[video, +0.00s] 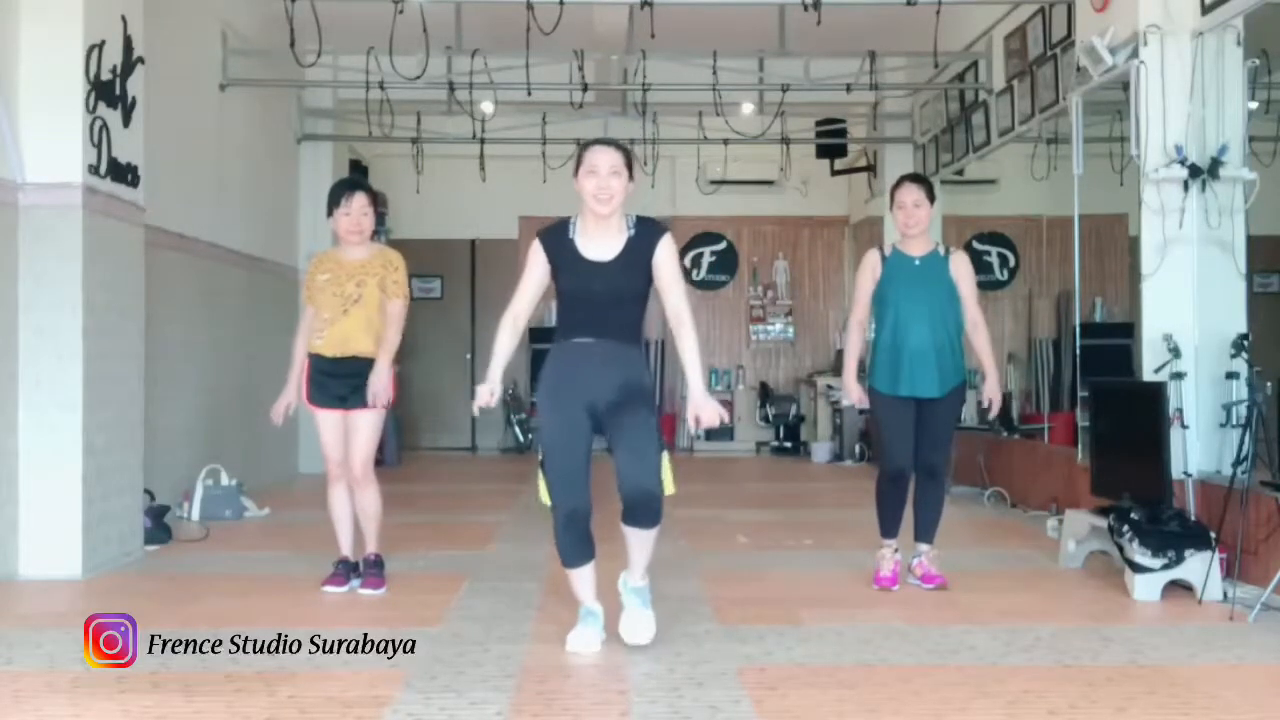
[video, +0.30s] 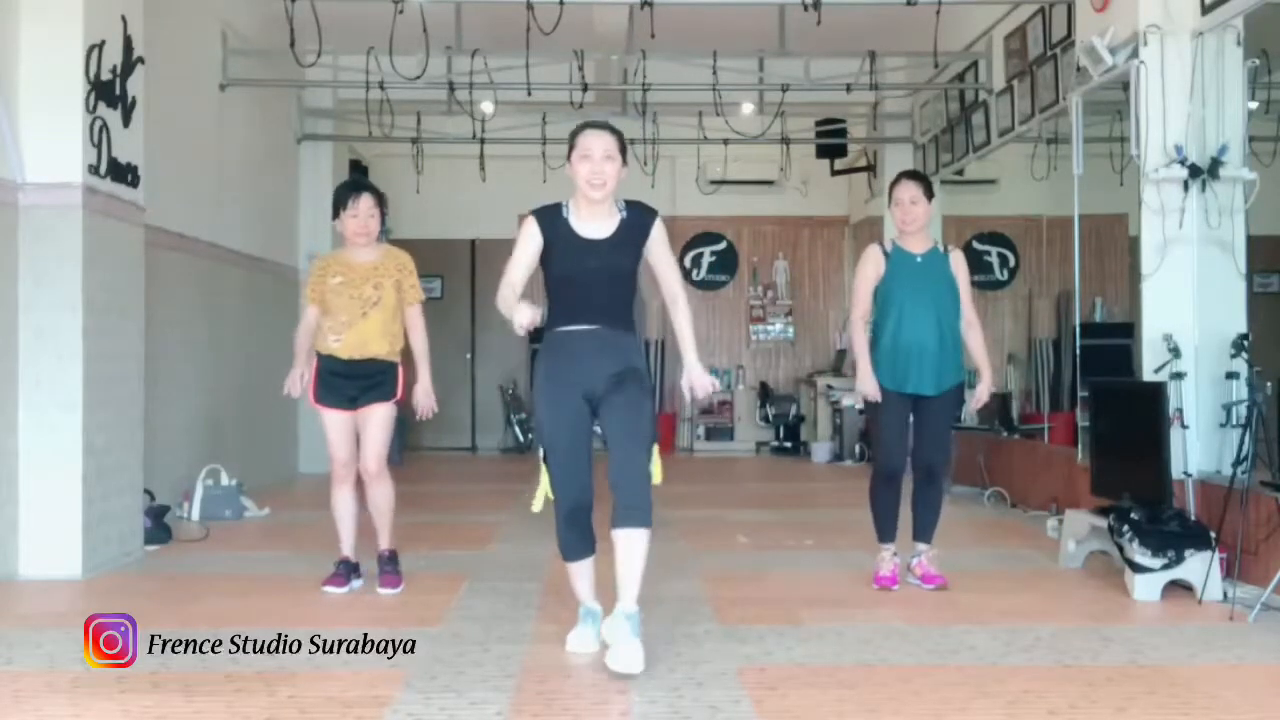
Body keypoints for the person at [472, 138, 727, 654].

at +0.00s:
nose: (603, 183)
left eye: (614, 174)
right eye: (592, 173)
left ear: (629, 183)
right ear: (576, 181)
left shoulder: (652, 240)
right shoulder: (550, 243)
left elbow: (679, 317)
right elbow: (518, 314)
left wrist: (698, 390)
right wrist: (494, 375)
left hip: (628, 379)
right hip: (563, 380)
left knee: (643, 490)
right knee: (569, 503)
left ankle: (636, 585)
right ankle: (589, 611)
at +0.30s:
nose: (596, 167)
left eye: (607, 158)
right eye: (586, 157)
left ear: (623, 167)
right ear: (569, 164)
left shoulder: (644, 223)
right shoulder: (541, 223)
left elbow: (676, 296)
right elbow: (506, 294)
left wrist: (692, 364)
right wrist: (519, 311)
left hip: (624, 364)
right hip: (560, 364)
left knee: (633, 483)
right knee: (572, 496)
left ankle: (626, 615)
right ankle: (588, 612)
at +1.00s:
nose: (589, 180)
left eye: (599, 171)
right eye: (579, 171)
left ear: (615, 183)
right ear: (561, 181)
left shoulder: (640, 243)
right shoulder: (538, 249)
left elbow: (655, 316)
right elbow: (522, 326)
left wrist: (668, 378)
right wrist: (530, 381)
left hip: (625, 385)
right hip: (558, 387)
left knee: (645, 475)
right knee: (566, 503)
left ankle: (639, 595)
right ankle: (590, 611)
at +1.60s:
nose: (591, 176)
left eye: (602, 167)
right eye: (580, 167)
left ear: (618, 178)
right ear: (563, 177)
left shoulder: (642, 233)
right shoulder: (540, 237)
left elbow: (677, 301)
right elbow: (505, 288)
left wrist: (646, 267)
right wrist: (479, 348)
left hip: (630, 382)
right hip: (565, 386)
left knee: (668, 492)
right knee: (572, 503)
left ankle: (643, 573)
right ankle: (591, 612)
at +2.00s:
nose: (589, 180)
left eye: (600, 171)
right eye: (579, 171)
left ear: (616, 182)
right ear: (562, 180)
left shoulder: (640, 238)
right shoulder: (537, 247)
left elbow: (666, 317)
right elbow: (519, 320)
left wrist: (685, 391)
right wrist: (514, 377)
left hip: (627, 379)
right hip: (561, 381)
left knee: (662, 492)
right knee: (567, 505)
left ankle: (651, 573)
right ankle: (589, 611)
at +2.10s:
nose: (588, 178)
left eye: (599, 169)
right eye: (577, 169)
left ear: (615, 180)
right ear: (561, 178)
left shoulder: (640, 238)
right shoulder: (536, 245)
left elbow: (666, 317)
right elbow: (512, 320)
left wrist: (686, 386)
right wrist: (518, 356)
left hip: (626, 378)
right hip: (561, 380)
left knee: (659, 474)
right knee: (569, 505)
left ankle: (644, 587)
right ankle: (589, 611)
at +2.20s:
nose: (590, 168)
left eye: (601, 158)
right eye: (579, 158)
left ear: (616, 167)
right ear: (561, 165)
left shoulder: (637, 226)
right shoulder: (535, 230)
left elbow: (663, 300)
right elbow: (512, 307)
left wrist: (683, 371)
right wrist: (529, 319)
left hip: (626, 368)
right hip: (561, 369)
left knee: (644, 481)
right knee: (575, 498)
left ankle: (639, 618)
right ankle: (590, 612)